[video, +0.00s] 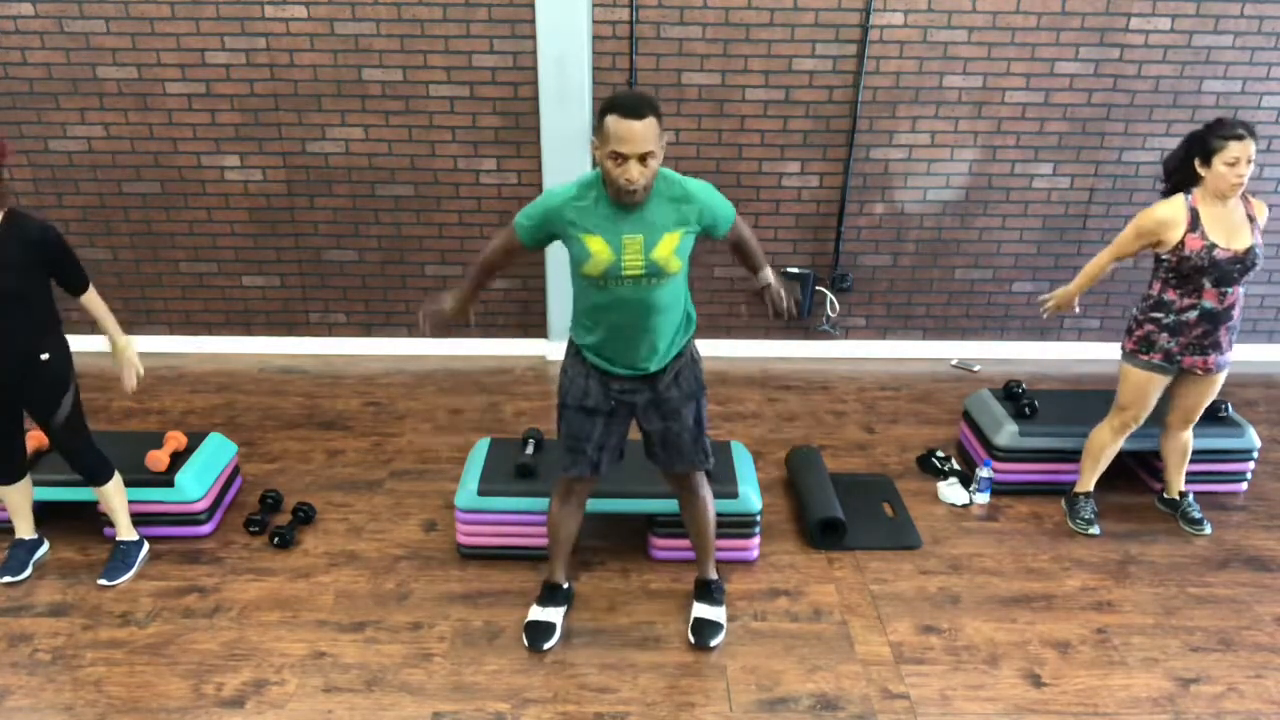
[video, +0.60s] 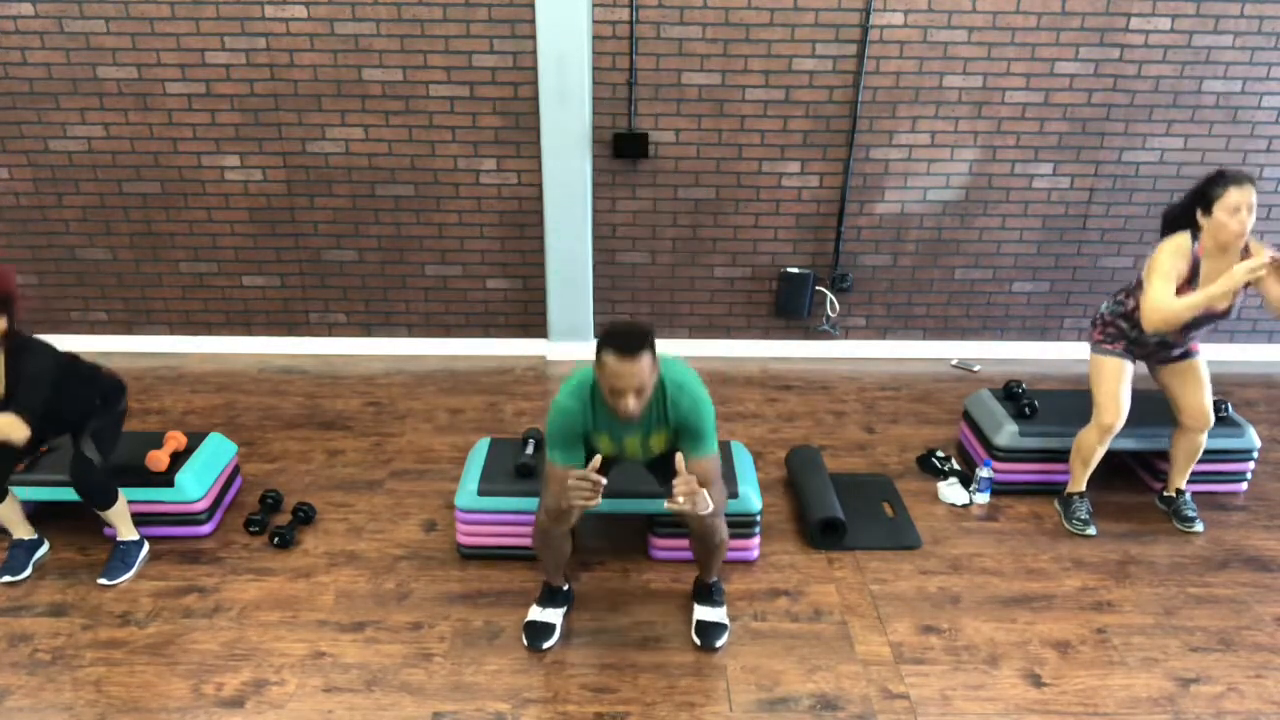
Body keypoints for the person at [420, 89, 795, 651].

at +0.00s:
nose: (632, 173)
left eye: (645, 159)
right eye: (618, 158)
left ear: (663, 150)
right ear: (596, 150)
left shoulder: (693, 200)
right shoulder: (563, 207)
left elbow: (737, 232)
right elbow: (504, 249)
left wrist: (765, 275)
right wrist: (460, 297)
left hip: (671, 366)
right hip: (593, 367)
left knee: (687, 476)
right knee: (574, 480)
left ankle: (709, 582)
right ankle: (556, 586)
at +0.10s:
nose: (631, 178)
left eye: (644, 163)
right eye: (617, 163)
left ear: (662, 153)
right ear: (596, 155)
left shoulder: (693, 205)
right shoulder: (564, 214)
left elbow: (739, 263)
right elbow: (506, 280)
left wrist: (767, 328)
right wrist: (473, 347)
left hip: (671, 366)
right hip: (593, 367)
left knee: (690, 478)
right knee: (573, 481)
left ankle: (709, 583)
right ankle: (556, 587)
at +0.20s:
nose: (630, 194)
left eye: (643, 179)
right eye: (616, 179)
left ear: (660, 168)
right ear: (596, 170)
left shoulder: (690, 219)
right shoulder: (564, 229)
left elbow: (731, 303)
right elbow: (524, 314)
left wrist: (752, 377)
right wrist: (502, 411)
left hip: (671, 364)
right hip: (593, 365)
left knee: (691, 477)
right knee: (574, 479)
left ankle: (709, 582)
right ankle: (555, 585)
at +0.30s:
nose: (629, 237)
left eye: (640, 220)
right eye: (615, 221)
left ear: (658, 205)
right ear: (596, 208)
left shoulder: (690, 251)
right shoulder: (567, 259)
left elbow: (721, 352)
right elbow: (542, 357)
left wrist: (726, 453)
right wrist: (536, 457)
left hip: (671, 367)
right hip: (592, 367)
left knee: (697, 485)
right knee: (563, 489)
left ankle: (708, 583)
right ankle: (555, 585)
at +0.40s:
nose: (630, 301)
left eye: (641, 285)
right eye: (617, 285)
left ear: (658, 268)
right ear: (598, 270)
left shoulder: (689, 300)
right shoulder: (571, 313)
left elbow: (713, 398)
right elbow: (554, 407)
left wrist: (707, 477)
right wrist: (561, 474)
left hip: (667, 393)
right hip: (595, 396)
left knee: (704, 496)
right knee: (558, 497)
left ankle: (710, 586)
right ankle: (554, 587)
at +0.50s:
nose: (629, 361)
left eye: (641, 345)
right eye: (616, 345)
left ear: (656, 327)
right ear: (599, 327)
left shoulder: (685, 350)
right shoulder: (571, 365)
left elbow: (710, 448)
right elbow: (556, 464)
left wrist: (703, 488)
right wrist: (570, 485)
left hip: (665, 427)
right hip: (596, 428)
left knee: (706, 506)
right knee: (553, 510)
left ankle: (709, 589)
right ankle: (554, 591)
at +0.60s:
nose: (629, 406)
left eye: (639, 392)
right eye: (616, 393)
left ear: (655, 372)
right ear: (598, 376)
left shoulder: (688, 396)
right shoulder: (570, 403)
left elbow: (715, 491)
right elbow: (553, 516)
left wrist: (699, 501)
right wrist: (568, 500)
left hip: (664, 448)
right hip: (595, 448)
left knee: (709, 522)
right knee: (549, 521)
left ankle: (709, 588)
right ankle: (554, 591)